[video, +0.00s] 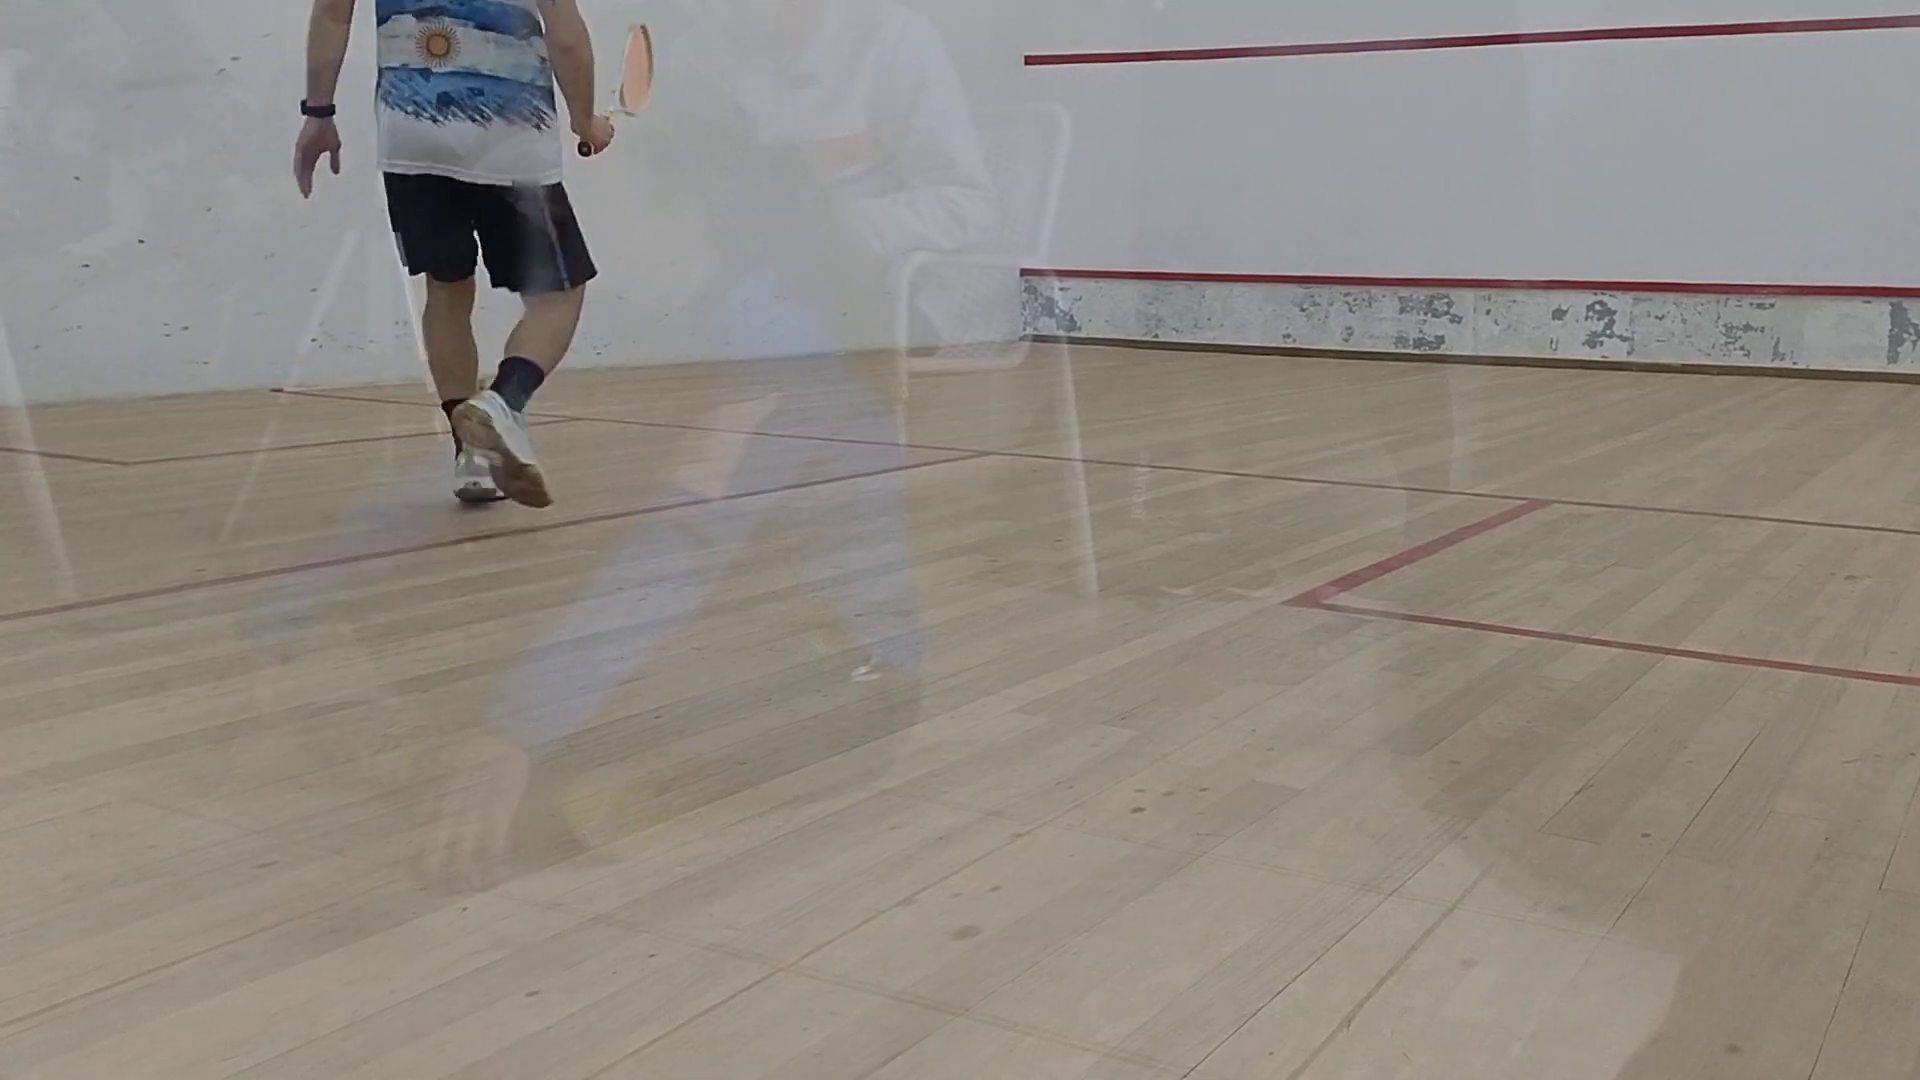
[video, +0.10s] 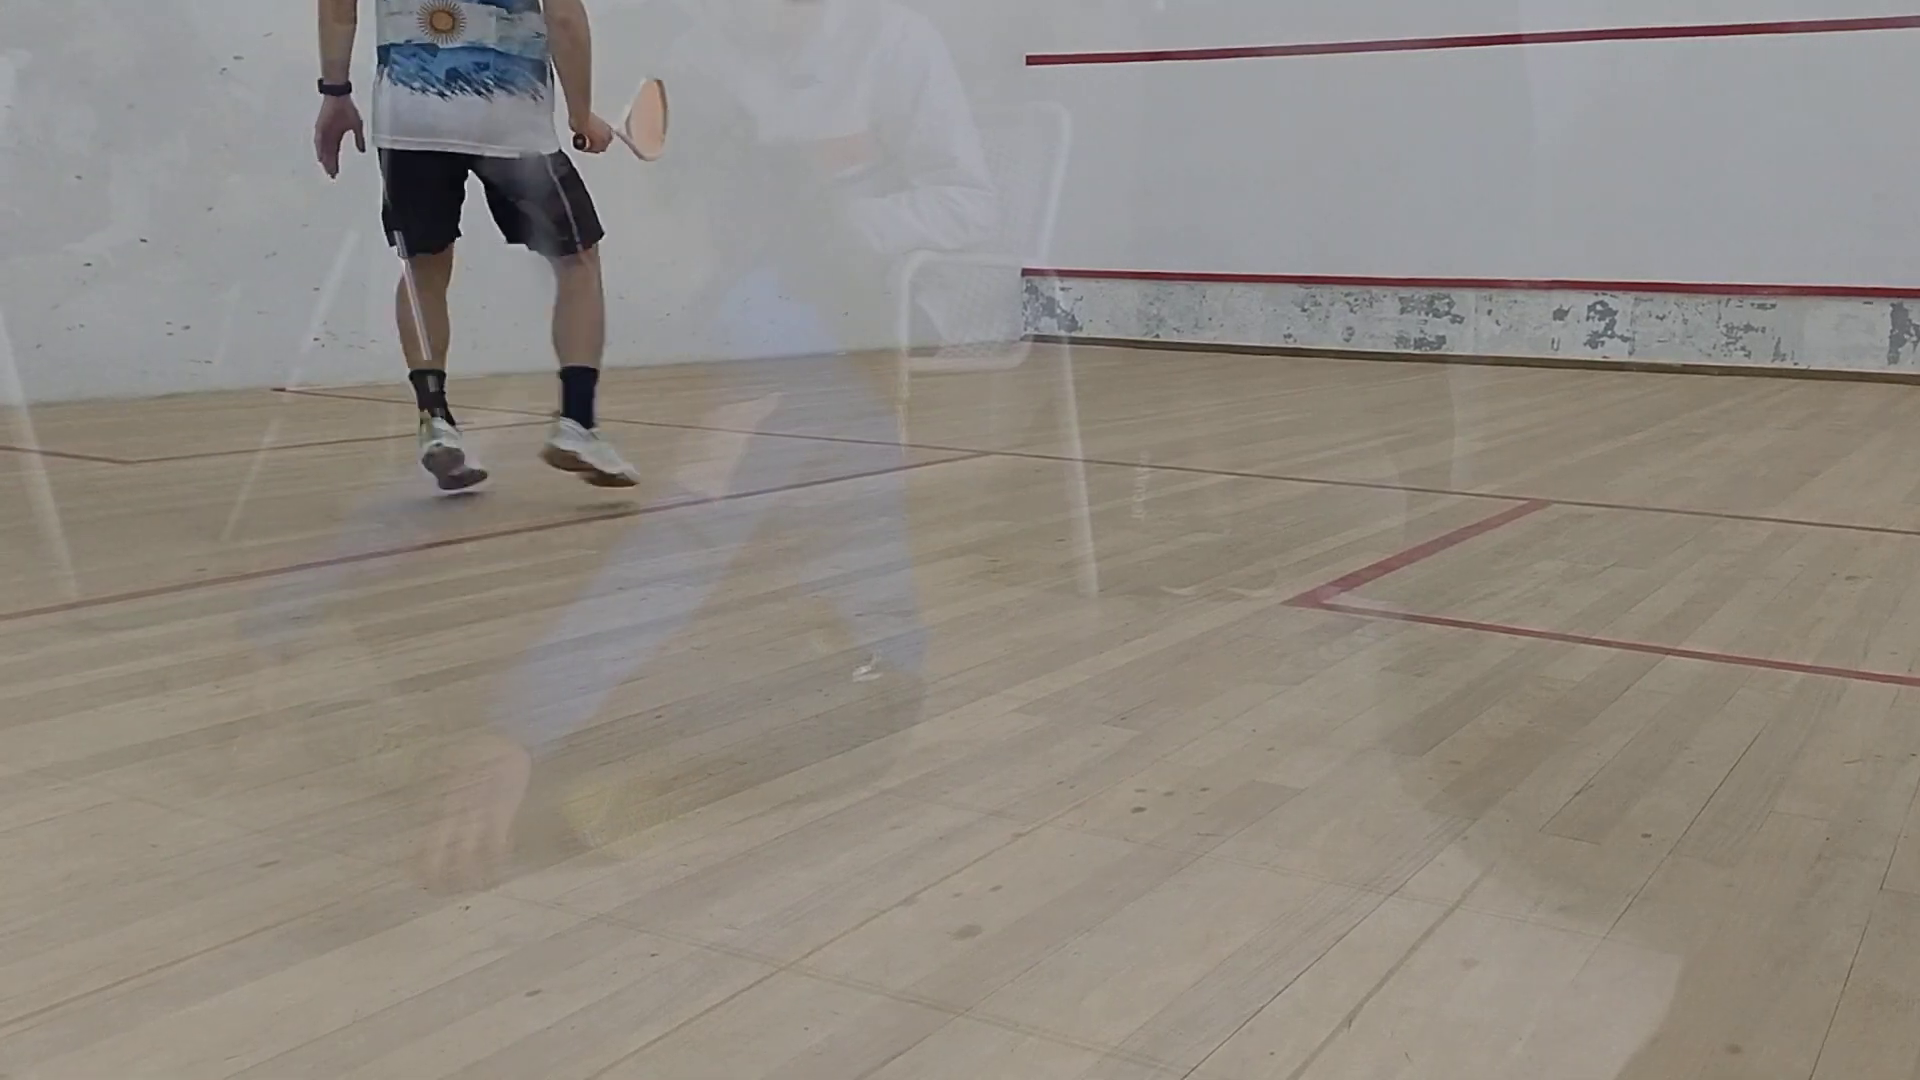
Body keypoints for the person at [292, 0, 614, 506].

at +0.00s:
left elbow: (331, 12)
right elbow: (567, 38)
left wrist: (318, 111)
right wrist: (584, 117)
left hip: (411, 141)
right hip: (511, 143)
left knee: (447, 289)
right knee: (557, 291)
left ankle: (470, 451)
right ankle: (504, 404)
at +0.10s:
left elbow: (337, 7)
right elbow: (565, 16)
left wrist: (335, 91)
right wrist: (581, 113)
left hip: (410, 118)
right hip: (511, 119)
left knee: (423, 265)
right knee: (578, 259)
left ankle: (434, 420)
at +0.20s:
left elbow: (339, 16)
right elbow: (571, 35)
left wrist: (334, 121)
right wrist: (589, 139)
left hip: (409, 143)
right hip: (512, 143)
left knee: (393, 271)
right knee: (593, 289)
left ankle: (381, 432)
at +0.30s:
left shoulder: (375, 6)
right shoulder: (527, 3)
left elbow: (318, 71)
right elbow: (570, 81)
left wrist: (310, 173)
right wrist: (590, 177)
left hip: (415, 195)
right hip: (522, 193)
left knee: (368, 294)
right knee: (608, 318)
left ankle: (347, 445)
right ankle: (669, 454)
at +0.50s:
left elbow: (196, 12)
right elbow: (444, 33)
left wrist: (207, 101)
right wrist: (430, 100)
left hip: (290, 134)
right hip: (389, 127)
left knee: (302, 291)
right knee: (465, 277)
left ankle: (339, 441)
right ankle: (517, 428)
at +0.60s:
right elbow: (376, 6)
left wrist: (155, 74)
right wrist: (329, 49)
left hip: (233, 104)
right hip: (332, 101)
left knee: (241, 277)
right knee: (353, 266)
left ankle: (284, 419)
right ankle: (369, 425)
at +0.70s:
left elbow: (113, 2)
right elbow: (309, 17)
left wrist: (114, 97)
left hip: (179, 116)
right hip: (277, 118)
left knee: (134, 267)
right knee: (266, 281)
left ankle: (152, 439)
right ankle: (301, 446)